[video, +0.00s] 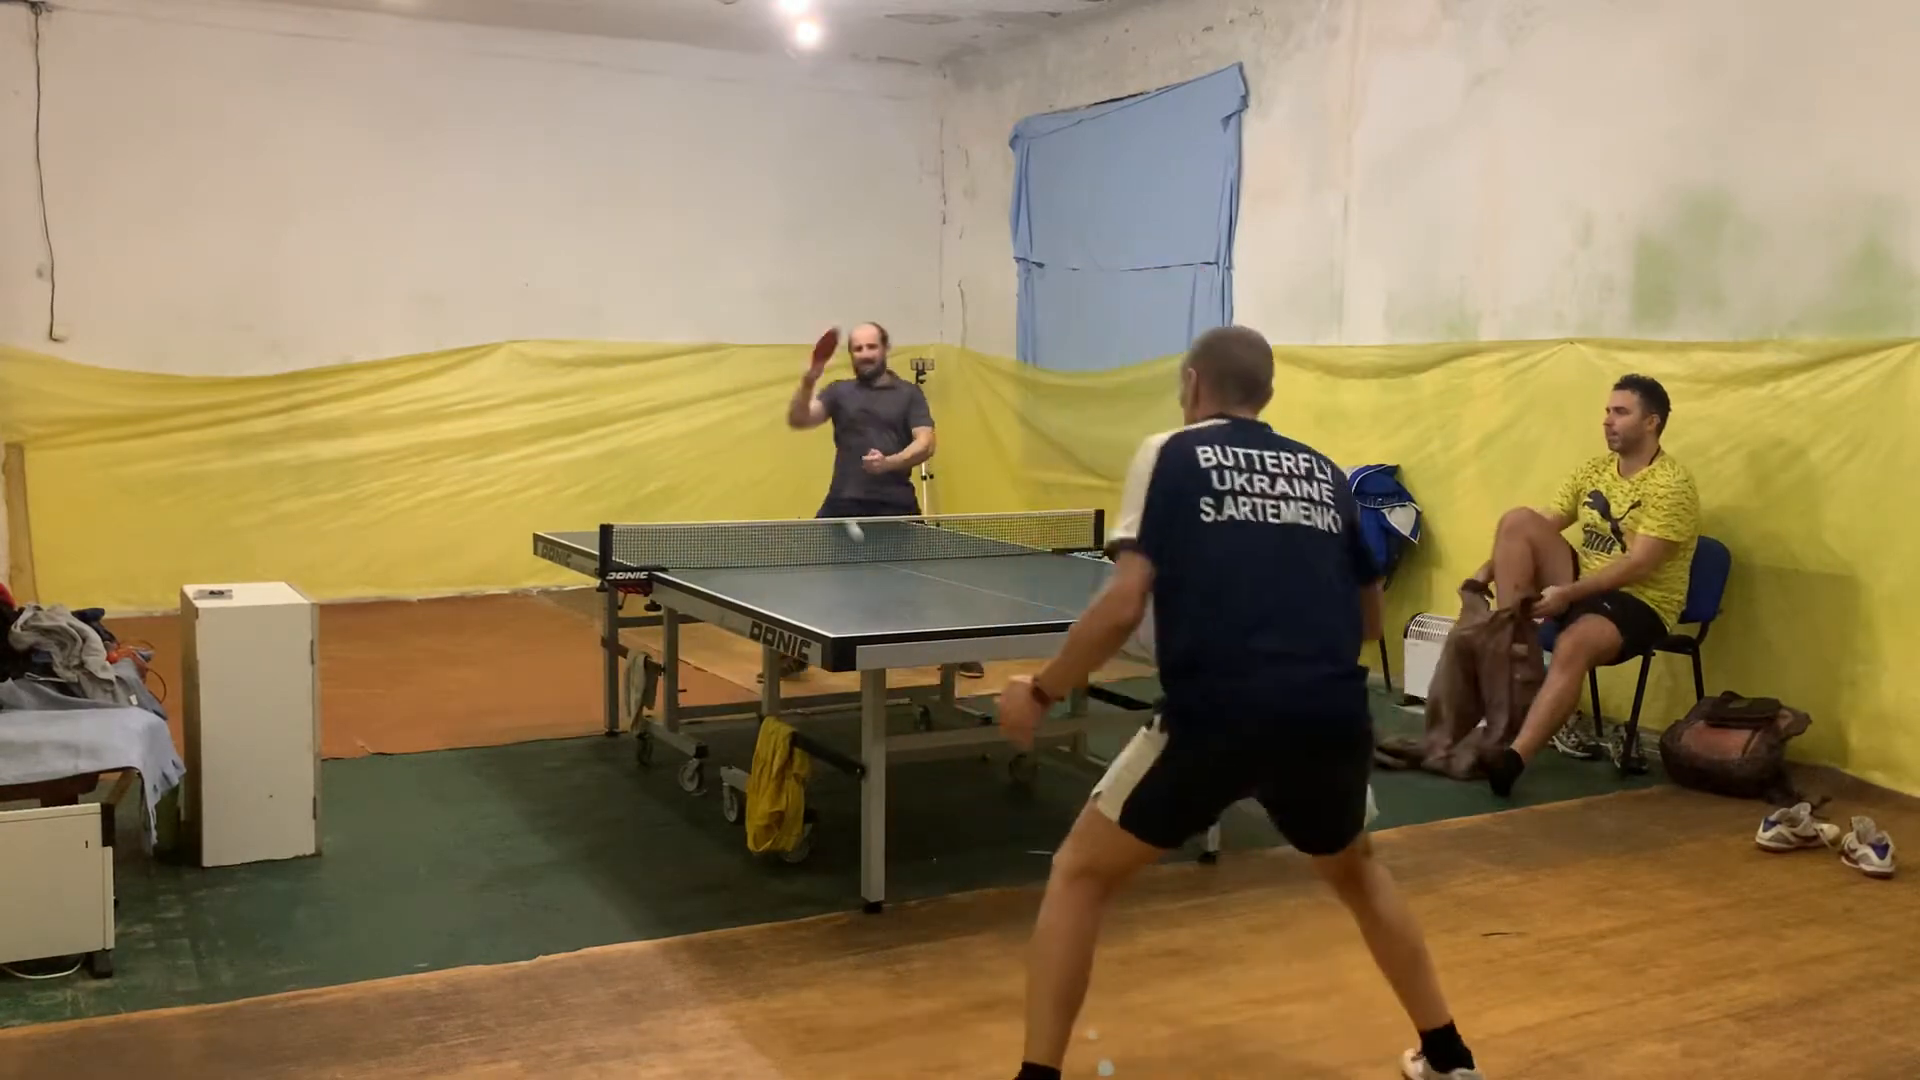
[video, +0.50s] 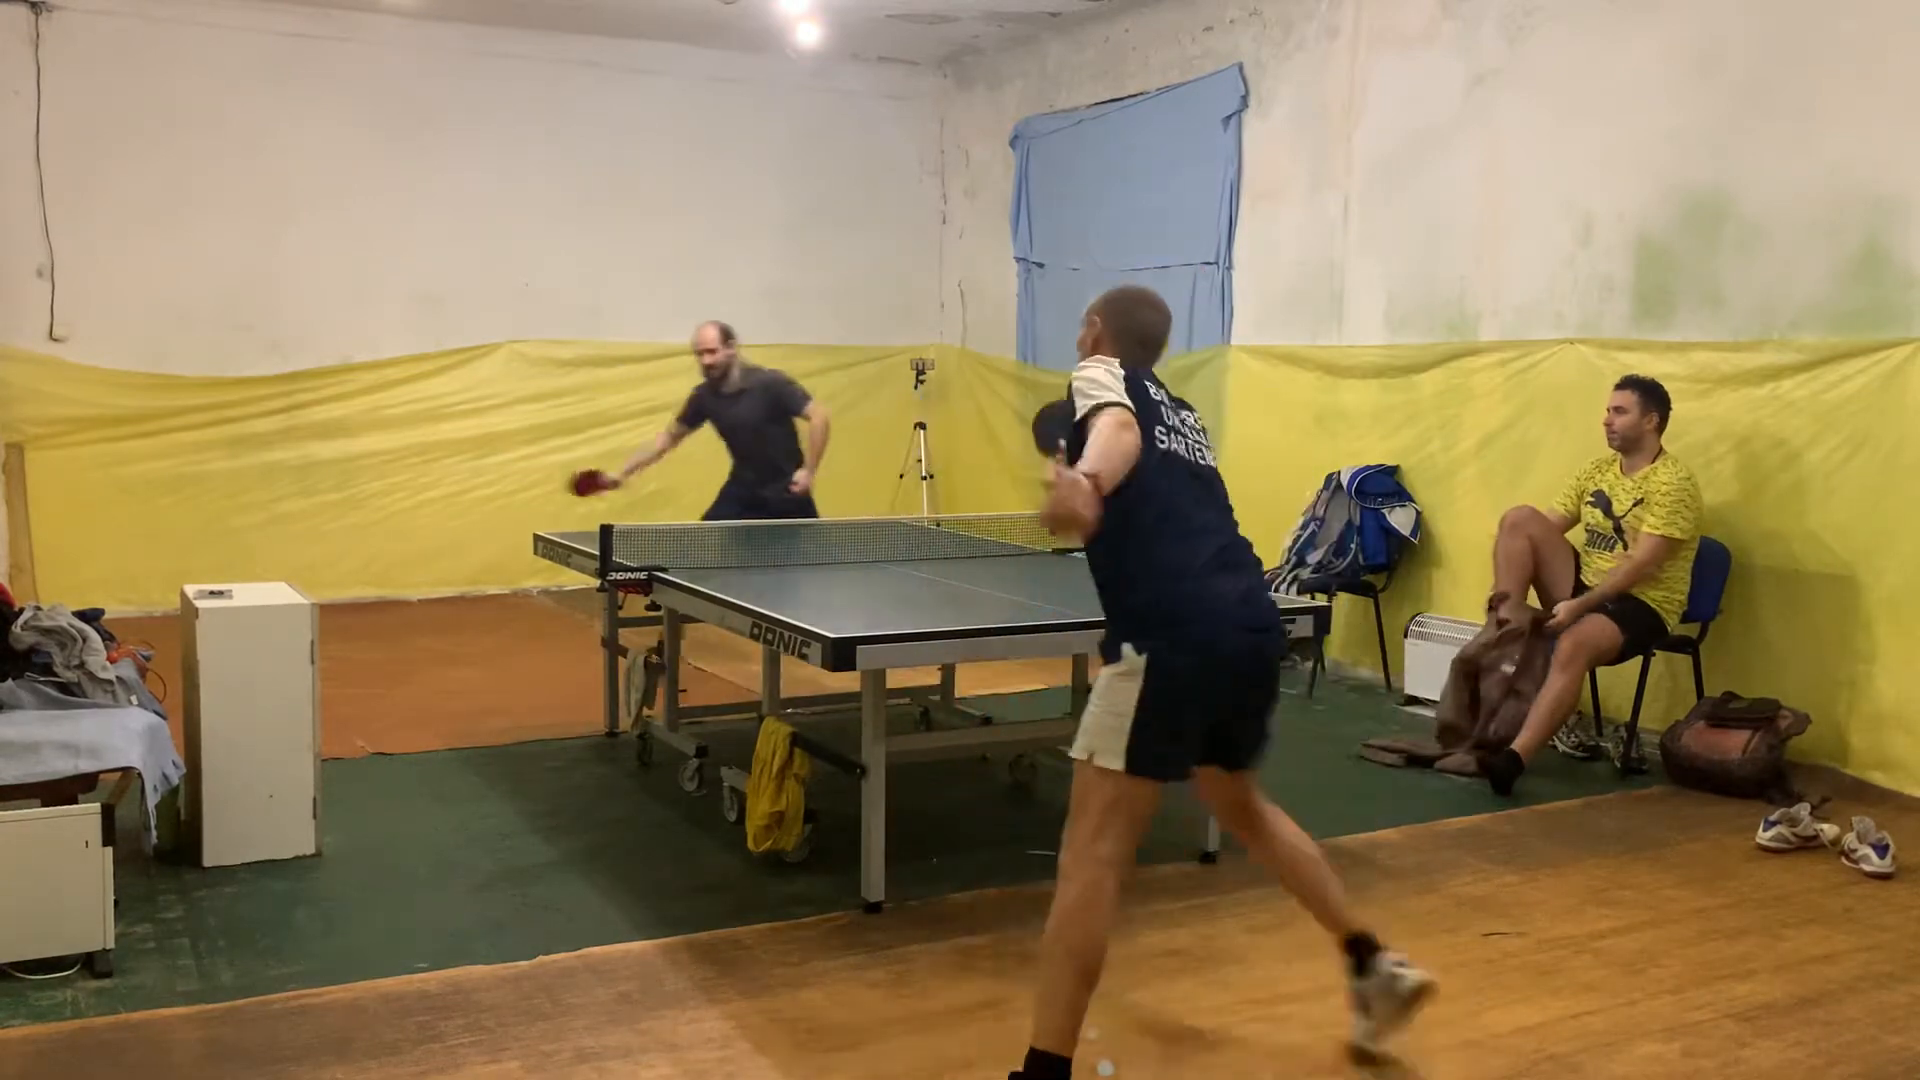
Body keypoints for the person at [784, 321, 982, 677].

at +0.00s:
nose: (864, 354)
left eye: (871, 347)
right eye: (857, 348)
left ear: (886, 350)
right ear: (849, 354)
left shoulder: (908, 393)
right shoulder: (839, 391)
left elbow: (926, 443)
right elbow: (798, 420)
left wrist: (890, 462)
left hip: (896, 507)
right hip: (842, 504)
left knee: (933, 573)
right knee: (802, 567)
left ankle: (961, 646)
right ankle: (793, 651)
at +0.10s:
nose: (839, 351)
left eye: (846, 344)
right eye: (831, 346)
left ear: (859, 347)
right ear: (823, 352)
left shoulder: (884, 386)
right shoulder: (815, 394)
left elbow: (921, 429)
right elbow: (777, 439)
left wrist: (898, 463)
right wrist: (787, 412)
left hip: (887, 502)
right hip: (835, 502)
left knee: (925, 573)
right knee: (803, 570)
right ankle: (797, 655)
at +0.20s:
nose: (811, 334)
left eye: (818, 326)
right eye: (803, 328)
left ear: (830, 329)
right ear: (794, 334)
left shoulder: (857, 365)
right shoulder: (785, 375)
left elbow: (902, 401)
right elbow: (753, 430)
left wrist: (896, 450)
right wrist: (769, 408)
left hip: (861, 490)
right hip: (811, 492)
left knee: (889, 565)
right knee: (793, 569)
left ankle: (893, 648)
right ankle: (793, 654)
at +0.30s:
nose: (787, 329)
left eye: (793, 321)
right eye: (779, 323)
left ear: (806, 323)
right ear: (769, 328)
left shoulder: (834, 359)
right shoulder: (763, 371)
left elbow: (879, 398)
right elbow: (741, 415)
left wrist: (877, 452)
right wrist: (741, 426)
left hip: (837, 476)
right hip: (789, 477)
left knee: (855, 563)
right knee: (765, 558)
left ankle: (871, 650)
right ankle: (766, 651)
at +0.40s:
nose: (756, 344)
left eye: (763, 336)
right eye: (749, 338)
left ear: (778, 335)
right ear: (741, 343)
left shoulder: (809, 372)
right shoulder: (744, 381)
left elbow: (852, 411)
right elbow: (722, 428)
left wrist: (843, 466)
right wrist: (699, 460)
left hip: (813, 488)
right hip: (765, 486)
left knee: (831, 563)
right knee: (725, 551)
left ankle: (837, 637)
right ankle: (715, 639)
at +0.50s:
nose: (706, 361)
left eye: (712, 352)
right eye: (700, 354)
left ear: (731, 349)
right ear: (695, 355)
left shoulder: (770, 383)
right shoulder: (704, 397)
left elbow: (819, 417)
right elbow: (668, 438)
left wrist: (809, 470)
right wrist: (622, 474)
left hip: (786, 487)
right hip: (742, 487)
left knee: (809, 556)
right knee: (703, 542)